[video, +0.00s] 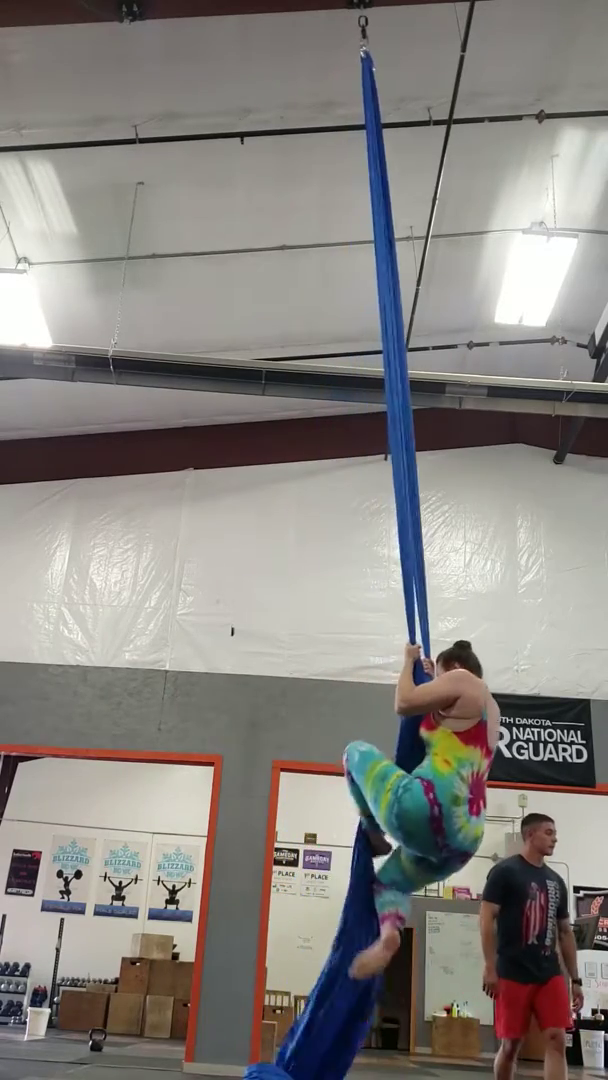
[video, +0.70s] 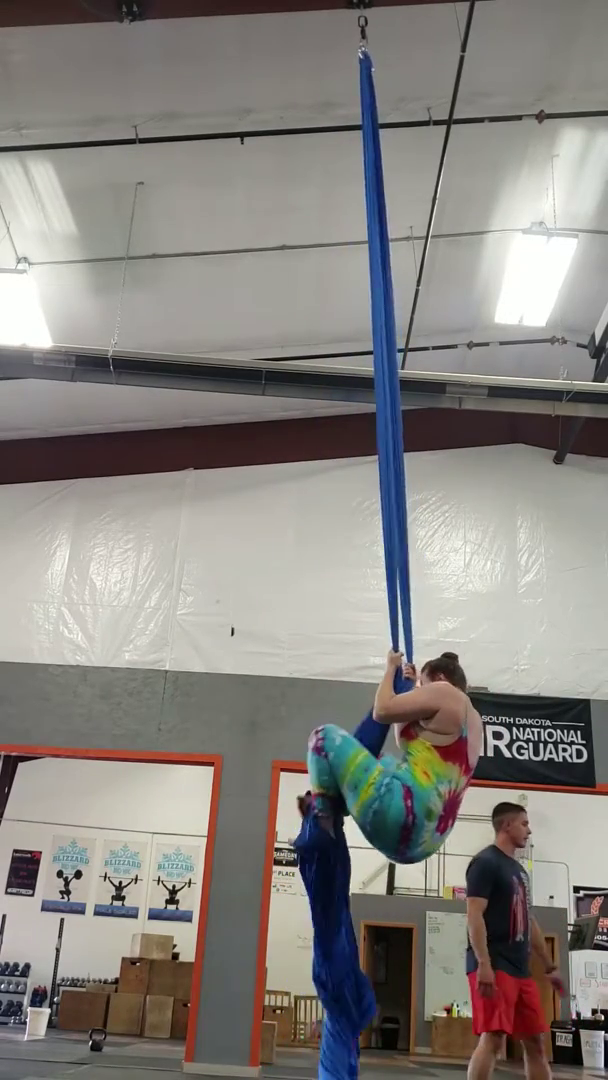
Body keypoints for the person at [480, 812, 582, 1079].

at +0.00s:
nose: (554, 838)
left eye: (554, 833)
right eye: (548, 832)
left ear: (551, 838)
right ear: (529, 835)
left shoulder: (556, 881)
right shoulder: (503, 871)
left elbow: (565, 932)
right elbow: (486, 919)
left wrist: (575, 979)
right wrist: (489, 968)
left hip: (550, 974)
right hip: (512, 973)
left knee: (557, 1040)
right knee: (509, 1046)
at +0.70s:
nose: (529, 830)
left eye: (528, 824)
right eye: (524, 824)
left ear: (511, 827)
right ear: (506, 825)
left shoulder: (518, 868)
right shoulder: (484, 862)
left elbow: (527, 921)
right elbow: (474, 915)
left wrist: (549, 966)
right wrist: (483, 964)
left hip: (521, 971)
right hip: (493, 969)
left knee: (535, 1043)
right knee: (491, 1041)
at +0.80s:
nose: (521, 828)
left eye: (520, 822)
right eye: (516, 821)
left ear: (499, 824)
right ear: (498, 823)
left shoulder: (504, 864)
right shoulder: (480, 860)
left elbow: (509, 918)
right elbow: (469, 913)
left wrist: (517, 964)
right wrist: (474, 963)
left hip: (509, 968)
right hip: (487, 967)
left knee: (522, 1040)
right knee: (487, 1040)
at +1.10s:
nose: (497, 825)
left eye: (496, 819)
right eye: (493, 819)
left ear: (475, 821)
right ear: (476, 820)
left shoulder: (467, 854)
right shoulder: (466, 857)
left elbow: (471, 912)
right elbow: (468, 912)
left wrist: (486, 961)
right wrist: (483, 961)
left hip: (471, 961)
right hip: (468, 961)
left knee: (478, 1038)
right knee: (474, 1039)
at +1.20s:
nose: (488, 823)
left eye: (487, 818)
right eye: (484, 817)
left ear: (464, 820)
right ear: (467, 819)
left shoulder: (455, 854)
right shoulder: (460, 857)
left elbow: (462, 910)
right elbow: (468, 910)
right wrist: (493, 958)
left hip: (457, 956)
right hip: (464, 957)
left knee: (464, 1032)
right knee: (473, 1035)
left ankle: (434, 1075)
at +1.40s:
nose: (468, 826)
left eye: (467, 820)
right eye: (464, 820)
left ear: (444, 823)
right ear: (448, 822)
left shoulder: (431, 858)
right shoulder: (443, 858)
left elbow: (438, 915)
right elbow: (457, 910)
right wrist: (490, 953)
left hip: (436, 960)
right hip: (452, 960)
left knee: (433, 1032)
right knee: (465, 1035)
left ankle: (405, 1076)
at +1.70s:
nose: (438, 830)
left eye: (438, 824)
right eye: (435, 823)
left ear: (413, 825)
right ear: (418, 824)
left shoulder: (395, 860)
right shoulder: (420, 861)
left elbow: (396, 914)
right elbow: (428, 913)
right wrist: (446, 960)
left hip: (393, 959)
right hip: (418, 961)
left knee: (394, 1033)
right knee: (442, 1032)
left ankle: (384, 1077)